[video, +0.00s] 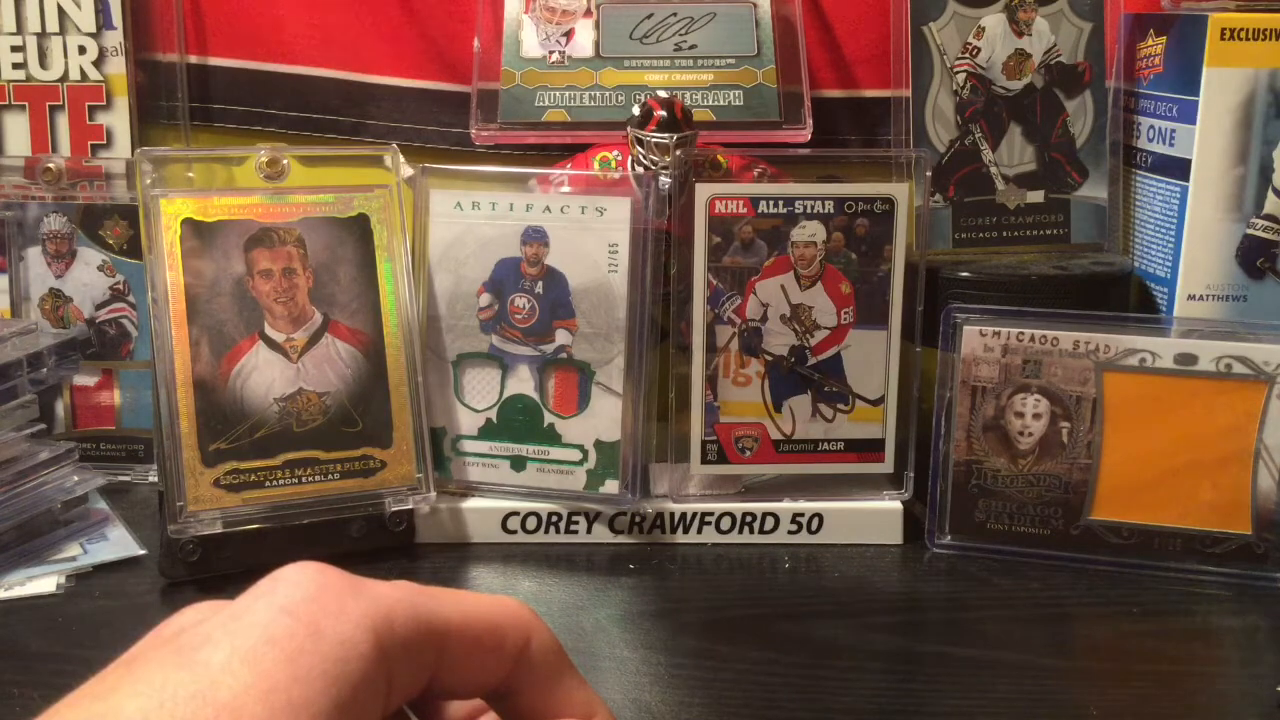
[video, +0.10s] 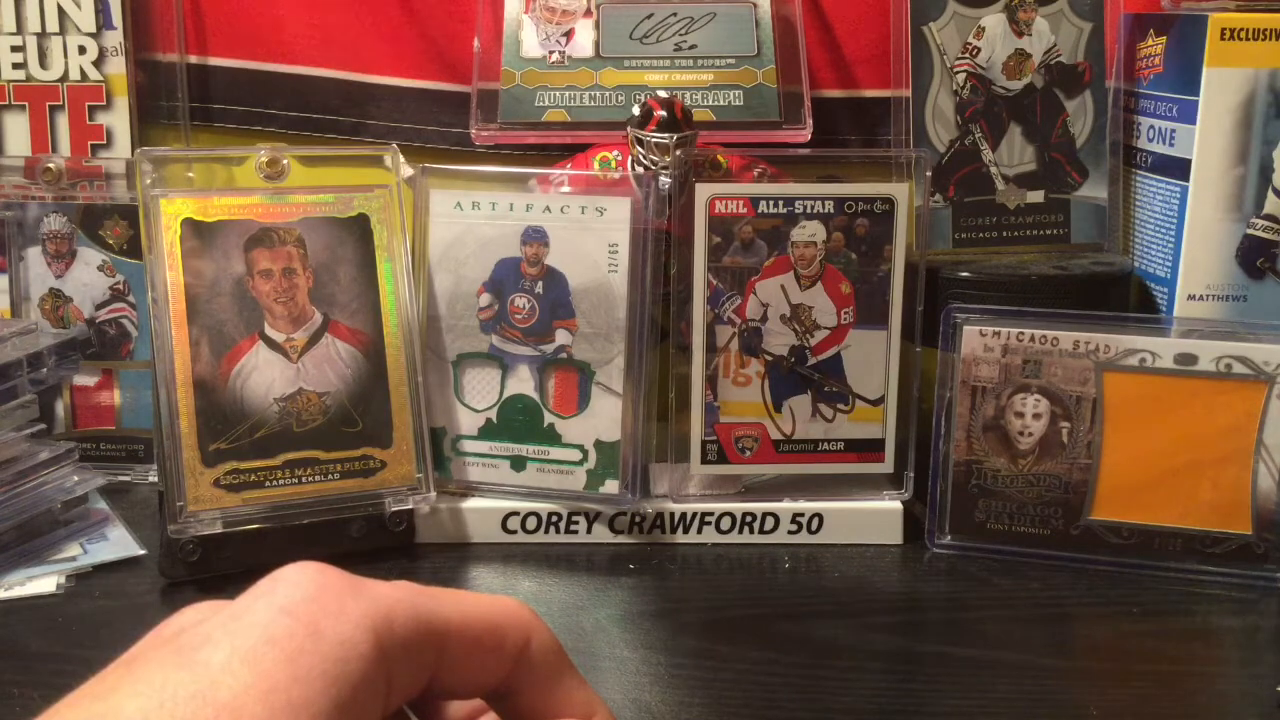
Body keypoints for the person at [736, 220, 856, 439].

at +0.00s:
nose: (801, 253)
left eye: (807, 247)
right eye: (796, 247)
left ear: (821, 249)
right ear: (790, 249)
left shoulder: (838, 285)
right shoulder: (773, 272)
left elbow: (843, 330)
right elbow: (754, 294)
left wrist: (810, 353)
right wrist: (751, 326)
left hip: (823, 354)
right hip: (780, 353)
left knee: (833, 413)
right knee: (799, 409)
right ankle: (791, 469)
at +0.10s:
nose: (801, 253)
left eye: (807, 247)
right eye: (796, 247)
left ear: (821, 249)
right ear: (790, 249)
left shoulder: (838, 285)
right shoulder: (773, 272)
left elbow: (843, 330)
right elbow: (754, 294)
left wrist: (810, 353)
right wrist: (751, 326)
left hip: (823, 354)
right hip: (780, 353)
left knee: (833, 413)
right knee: (799, 409)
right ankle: (791, 469)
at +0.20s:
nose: (801, 253)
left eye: (807, 247)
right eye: (796, 247)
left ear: (821, 249)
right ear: (790, 249)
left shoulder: (838, 285)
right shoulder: (773, 272)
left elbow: (843, 330)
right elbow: (754, 293)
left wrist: (810, 353)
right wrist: (751, 326)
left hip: (823, 354)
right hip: (780, 353)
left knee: (833, 413)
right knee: (799, 409)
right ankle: (791, 469)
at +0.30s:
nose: (801, 253)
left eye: (807, 247)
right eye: (796, 247)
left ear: (821, 249)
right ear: (790, 249)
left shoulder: (838, 285)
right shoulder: (773, 272)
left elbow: (843, 330)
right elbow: (754, 293)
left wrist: (810, 353)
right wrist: (751, 326)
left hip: (823, 354)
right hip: (780, 353)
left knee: (833, 413)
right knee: (799, 409)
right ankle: (791, 469)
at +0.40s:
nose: (801, 253)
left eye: (807, 247)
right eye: (796, 247)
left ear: (821, 249)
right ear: (790, 249)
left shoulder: (838, 285)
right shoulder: (773, 271)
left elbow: (843, 329)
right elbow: (754, 292)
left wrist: (810, 353)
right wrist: (751, 326)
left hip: (823, 354)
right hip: (780, 353)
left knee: (833, 413)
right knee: (799, 409)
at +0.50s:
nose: (801, 253)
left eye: (807, 247)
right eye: (796, 247)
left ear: (821, 249)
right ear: (790, 249)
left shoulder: (838, 284)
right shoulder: (773, 272)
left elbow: (843, 330)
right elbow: (754, 294)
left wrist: (810, 352)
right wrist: (751, 326)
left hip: (823, 354)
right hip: (780, 353)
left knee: (833, 413)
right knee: (799, 409)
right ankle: (790, 469)